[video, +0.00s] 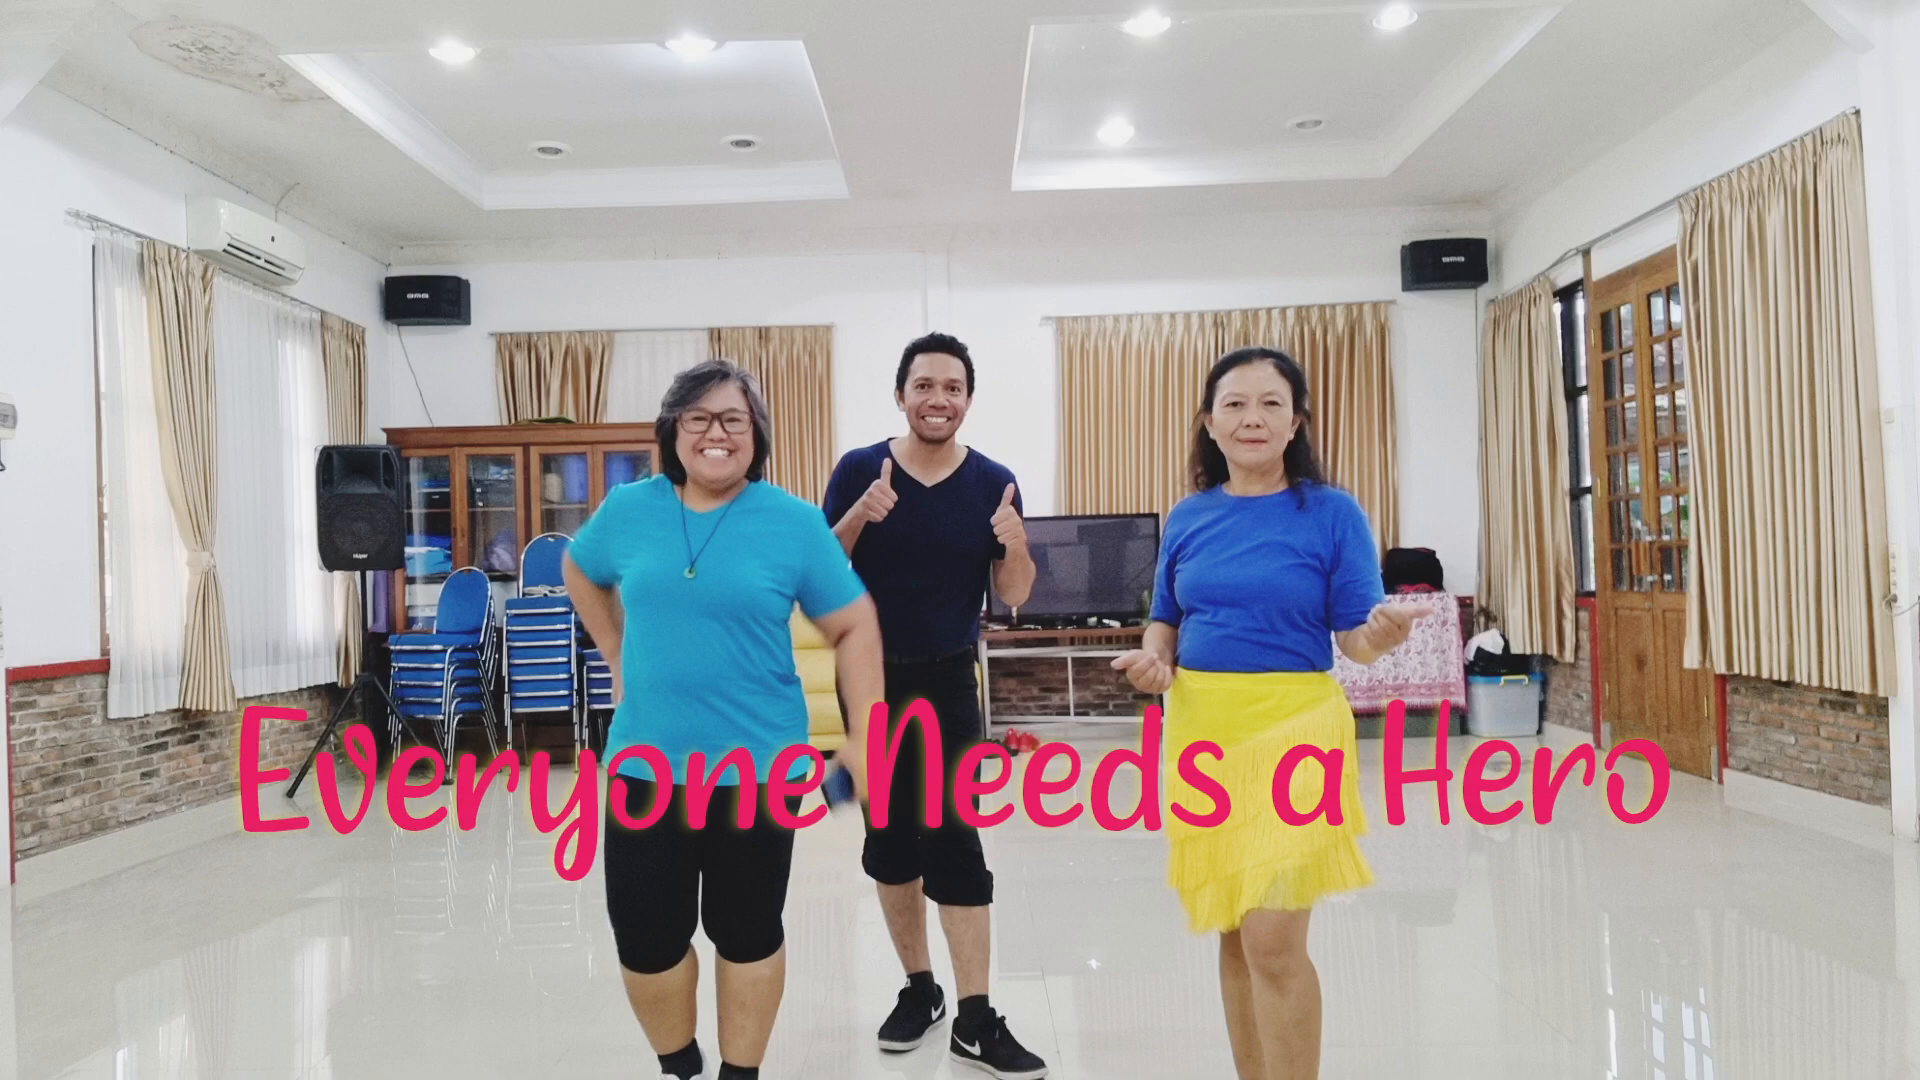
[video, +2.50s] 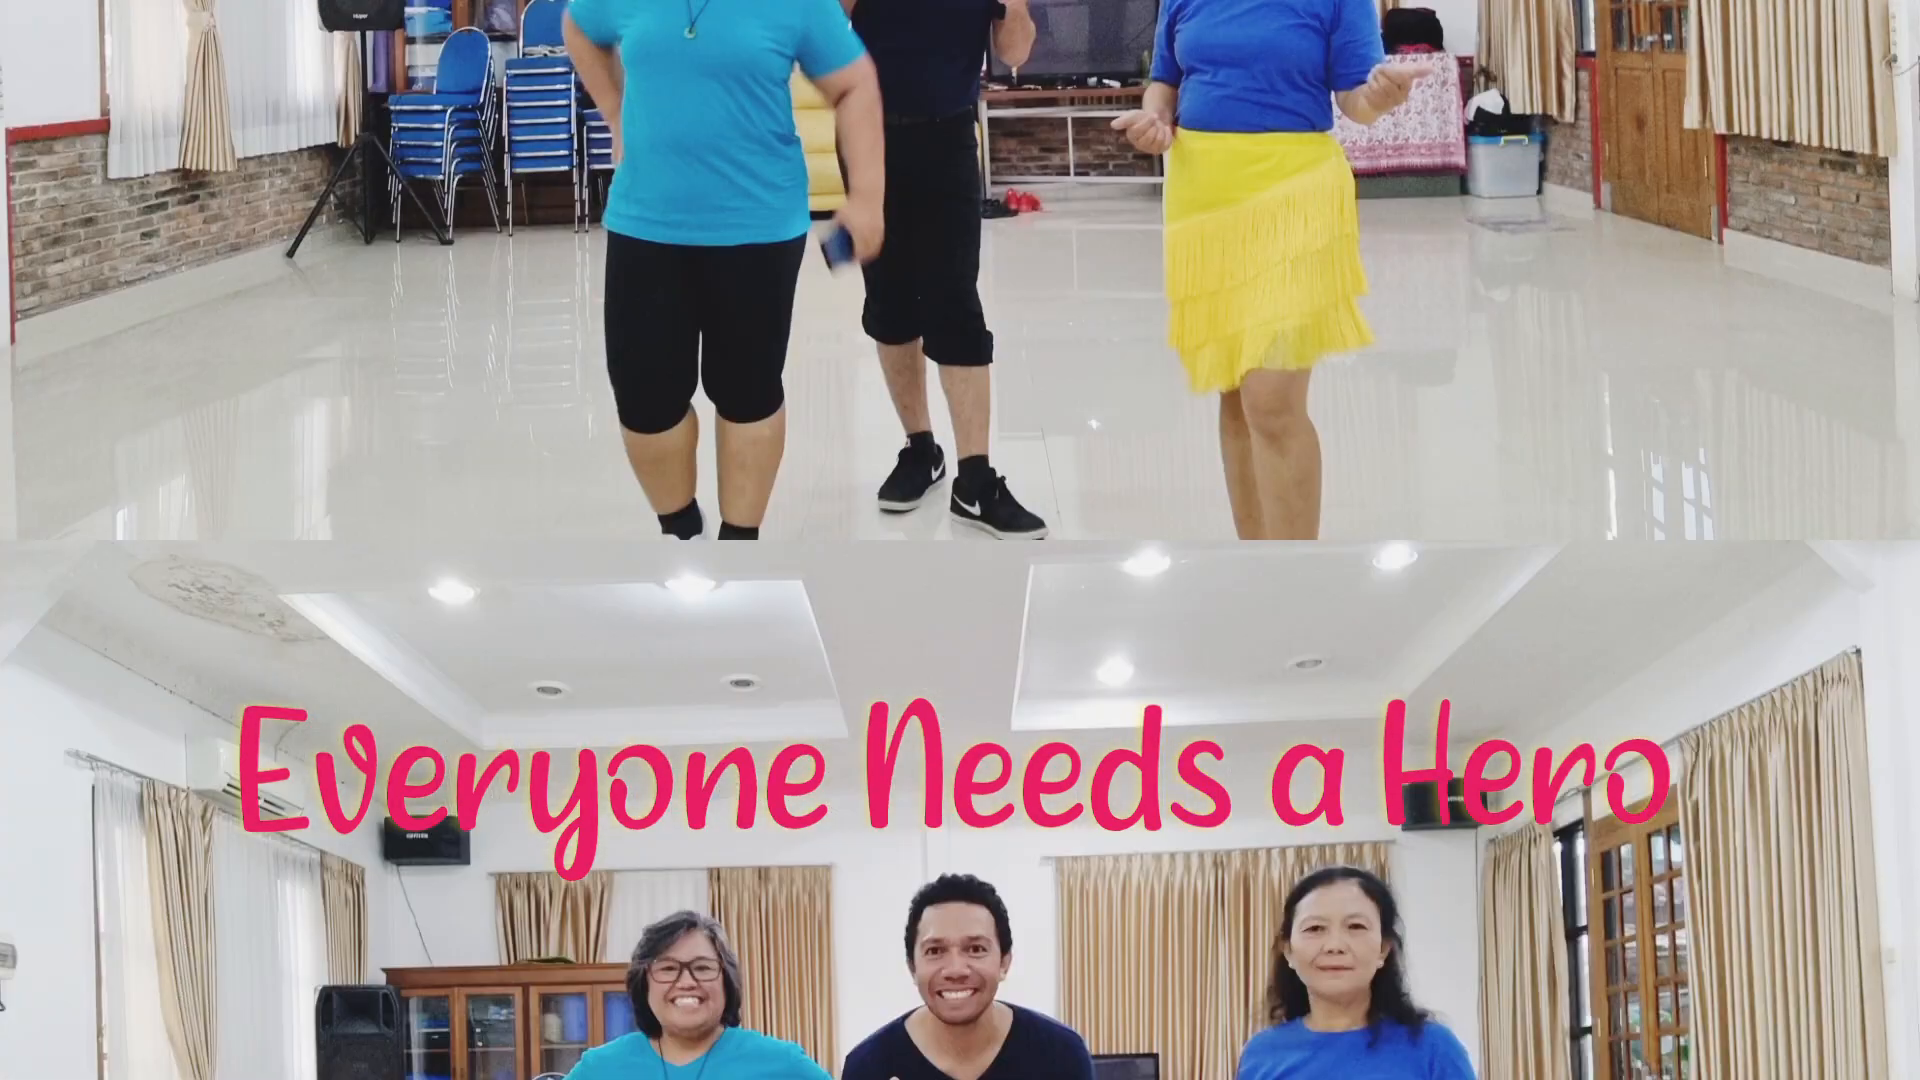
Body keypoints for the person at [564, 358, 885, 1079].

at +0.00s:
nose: (720, 432)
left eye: (736, 420)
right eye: (702, 420)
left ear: (756, 436)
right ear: (672, 434)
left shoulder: (795, 523)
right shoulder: (627, 509)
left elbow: (856, 626)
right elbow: (580, 570)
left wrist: (865, 738)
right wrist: (625, 663)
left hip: (758, 768)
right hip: (645, 764)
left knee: (746, 932)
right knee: (646, 938)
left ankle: (739, 1076)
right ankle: (680, 1069)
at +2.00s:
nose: (720, 432)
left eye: (736, 420)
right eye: (702, 420)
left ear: (756, 436)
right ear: (672, 434)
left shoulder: (795, 523)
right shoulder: (627, 509)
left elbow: (856, 626)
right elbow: (580, 570)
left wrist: (865, 738)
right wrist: (625, 663)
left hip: (758, 768)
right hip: (645, 764)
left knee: (746, 932)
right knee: (646, 938)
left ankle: (739, 1076)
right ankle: (680, 1069)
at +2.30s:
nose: (719, 316)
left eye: (735, 303)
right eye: (701, 303)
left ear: (756, 319)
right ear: (672, 317)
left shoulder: (795, 407)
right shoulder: (627, 393)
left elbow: (856, 509)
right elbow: (580, 453)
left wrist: (867, 622)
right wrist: (622, 544)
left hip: (758, 652)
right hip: (646, 649)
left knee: (748, 815)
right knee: (645, 819)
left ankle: (738, 973)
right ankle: (681, 961)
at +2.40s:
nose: (719, 156)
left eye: (735, 143)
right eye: (702, 143)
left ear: (756, 160)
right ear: (672, 157)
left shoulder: (795, 248)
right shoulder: (627, 233)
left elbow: (856, 349)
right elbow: (580, 293)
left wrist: (867, 462)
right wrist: (623, 384)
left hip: (757, 493)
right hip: (645, 491)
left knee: (746, 659)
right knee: (647, 666)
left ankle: (746, 811)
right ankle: (674, 808)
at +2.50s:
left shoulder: (798, 5)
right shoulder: (620, 3)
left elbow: (855, 85)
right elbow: (580, 30)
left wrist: (867, 197)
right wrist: (626, 128)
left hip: (757, 222)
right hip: (646, 220)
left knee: (746, 392)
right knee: (646, 398)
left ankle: (739, 548)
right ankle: (682, 537)